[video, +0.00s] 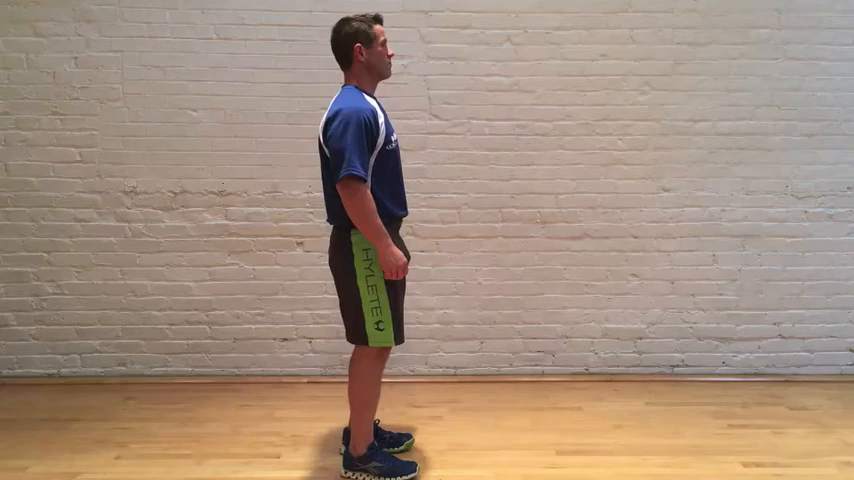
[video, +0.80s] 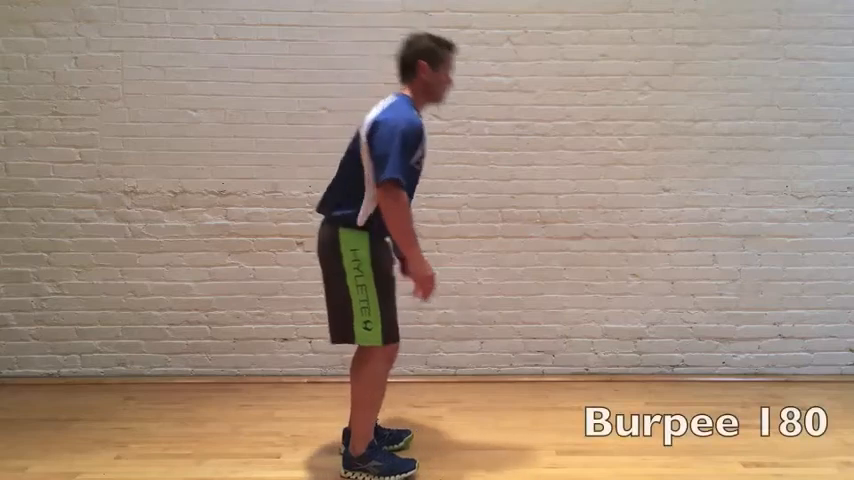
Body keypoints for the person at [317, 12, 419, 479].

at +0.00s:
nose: (391, 52)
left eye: (388, 44)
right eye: (384, 45)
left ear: (359, 53)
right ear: (361, 53)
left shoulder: (363, 105)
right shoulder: (352, 110)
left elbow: (362, 186)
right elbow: (351, 189)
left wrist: (389, 243)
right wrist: (385, 247)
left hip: (370, 239)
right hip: (362, 242)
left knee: (374, 341)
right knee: (373, 345)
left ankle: (362, 428)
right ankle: (360, 451)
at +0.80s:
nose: (450, 81)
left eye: (451, 72)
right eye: (446, 72)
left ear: (419, 71)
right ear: (423, 70)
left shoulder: (395, 112)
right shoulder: (401, 119)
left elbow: (384, 194)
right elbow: (390, 194)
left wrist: (404, 251)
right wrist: (416, 258)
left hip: (357, 234)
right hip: (355, 236)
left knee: (375, 341)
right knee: (381, 344)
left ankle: (363, 429)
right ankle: (359, 450)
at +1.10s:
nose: (498, 264)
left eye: (503, 257)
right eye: (500, 254)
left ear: (480, 238)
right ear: (484, 240)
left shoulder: (443, 246)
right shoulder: (443, 262)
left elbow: (435, 331)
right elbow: (442, 345)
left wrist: (459, 376)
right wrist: (469, 412)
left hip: (330, 284)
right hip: (326, 294)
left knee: (406, 341)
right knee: (411, 368)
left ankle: (362, 430)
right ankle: (361, 456)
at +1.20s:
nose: (497, 317)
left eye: (503, 311)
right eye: (501, 308)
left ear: (485, 287)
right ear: (489, 292)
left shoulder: (455, 283)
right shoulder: (451, 298)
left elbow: (451, 369)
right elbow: (453, 385)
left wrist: (464, 410)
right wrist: (476, 448)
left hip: (326, 262)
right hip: (322, 274)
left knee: (384, 353)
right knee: (396, 363)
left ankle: (362, 430)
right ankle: (361, 455)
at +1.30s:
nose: (488, 346)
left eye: (496, 342)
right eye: (494, 339)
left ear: (486, 316)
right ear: (487, 321)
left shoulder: (460, 303)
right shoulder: (453, 315)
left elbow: (452, 380)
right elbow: (457, 399)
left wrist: (465, 424)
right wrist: (477, 467)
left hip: (341, 235)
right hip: (340, 245)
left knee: (359, 345)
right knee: (370, 354)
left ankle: (342, 418)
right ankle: (334, 446)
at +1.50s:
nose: (535, 377)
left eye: (540, 373)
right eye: (541, 372)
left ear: (528, 343)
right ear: (533, 357)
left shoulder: (488, 330)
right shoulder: (494, 352)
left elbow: (449, 385)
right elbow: (461, 421)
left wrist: (460, 428)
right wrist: (468, 473)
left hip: (373, 296)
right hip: (375, 307)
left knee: (291, 363)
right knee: (296, 402)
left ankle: (212, 376)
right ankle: (180, 413)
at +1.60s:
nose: (547, 396)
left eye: (551, 390)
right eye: (551, 389)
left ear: (534, 362)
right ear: (540, 377)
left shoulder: (497, 352)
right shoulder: (501, 373)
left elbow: (455, 407)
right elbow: (456, 425)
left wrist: (467, 434)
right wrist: (468, 473)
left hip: (376, 339)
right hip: (376, 358)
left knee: (282, 386)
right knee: (283, 428)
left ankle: (183, 399)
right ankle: (157, 436)